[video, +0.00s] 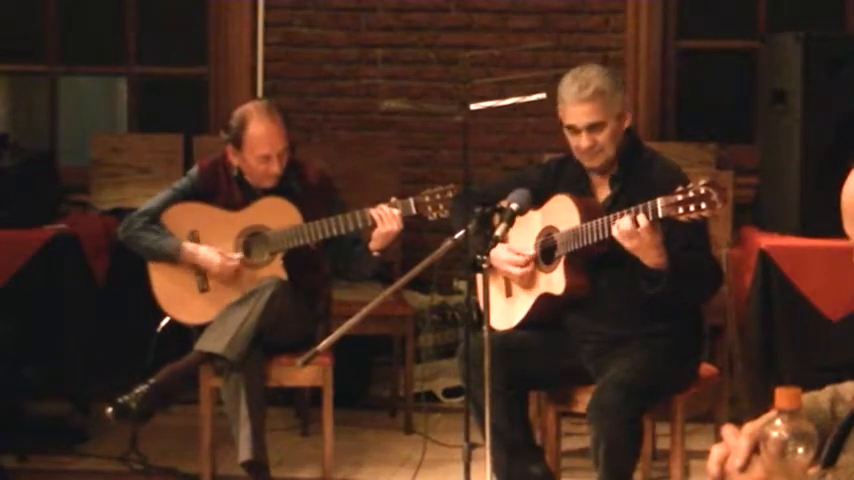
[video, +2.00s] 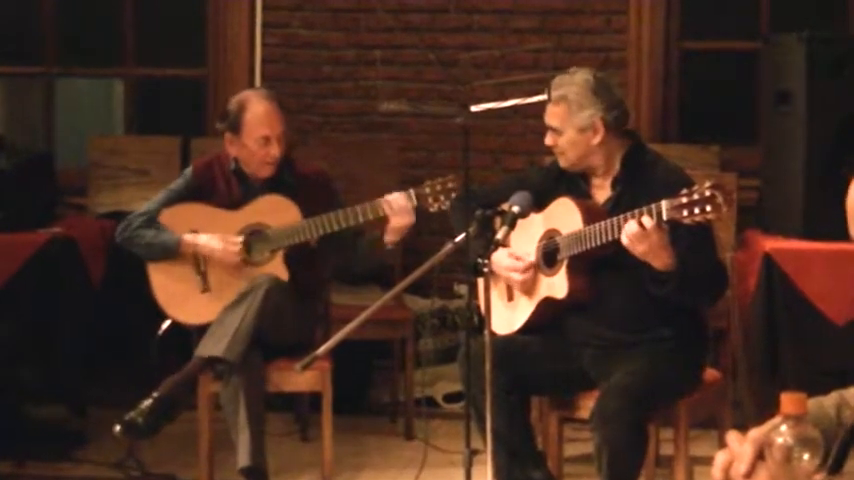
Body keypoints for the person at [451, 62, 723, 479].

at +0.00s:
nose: (584, 143)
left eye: (596, 129)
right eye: (572, 131)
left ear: (625, 119)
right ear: (561, 126)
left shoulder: (665, 183)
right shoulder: (557, 176)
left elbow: (705, 281)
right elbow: (468, 203)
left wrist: (658, 262)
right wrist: (488, 248)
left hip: (654, 342)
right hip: (574, 335)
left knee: (611, 403)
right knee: (485, 353)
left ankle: (613, 474)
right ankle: (523, 471)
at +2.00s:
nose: (548, 141)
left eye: (556, 131)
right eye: (548, 130)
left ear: (595, 131)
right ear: (591, 132)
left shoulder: (667, 186)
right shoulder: (557, 179)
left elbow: (710, 285)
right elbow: (468, 205)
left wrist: (666, 263)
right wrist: (488, 253)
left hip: (657, 346)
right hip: (577, 339)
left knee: (615, 407)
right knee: (486, 358)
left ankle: (618, 475)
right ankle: (524, 473)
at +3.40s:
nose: (638, 149)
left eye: (651, 130)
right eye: (621, 135)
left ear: (682, 114)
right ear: (602, 125)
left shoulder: (732, 191)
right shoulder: (589, 180)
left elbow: (771, 329)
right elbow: (476, 209)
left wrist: (720, 303)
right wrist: (502, 275)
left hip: (715, 392)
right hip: (611, 386)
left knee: (667, 463)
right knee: (497, 405)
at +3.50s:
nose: (640, 156)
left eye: (653, 137)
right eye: (622, 142)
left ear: (684, 116)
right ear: (604, 129)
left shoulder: (735, 192)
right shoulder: (591, 179)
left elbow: (774, 332)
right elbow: (475, 209)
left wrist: (723, 306)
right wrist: (503, 277)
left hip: (717, 394)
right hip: (612, 388)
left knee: (672, 460)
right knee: (498, 406)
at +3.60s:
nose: (642, 159)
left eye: (655, 140)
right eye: (624, 145)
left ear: (686, 116)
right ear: (605, 130)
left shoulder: (740, 195)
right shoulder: (592, 181)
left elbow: (780, 335)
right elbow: (476, 209)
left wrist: (727, 310)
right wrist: (504, 274)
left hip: (718, 395)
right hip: (612, 389)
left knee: (678, 457)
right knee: (499, 410)